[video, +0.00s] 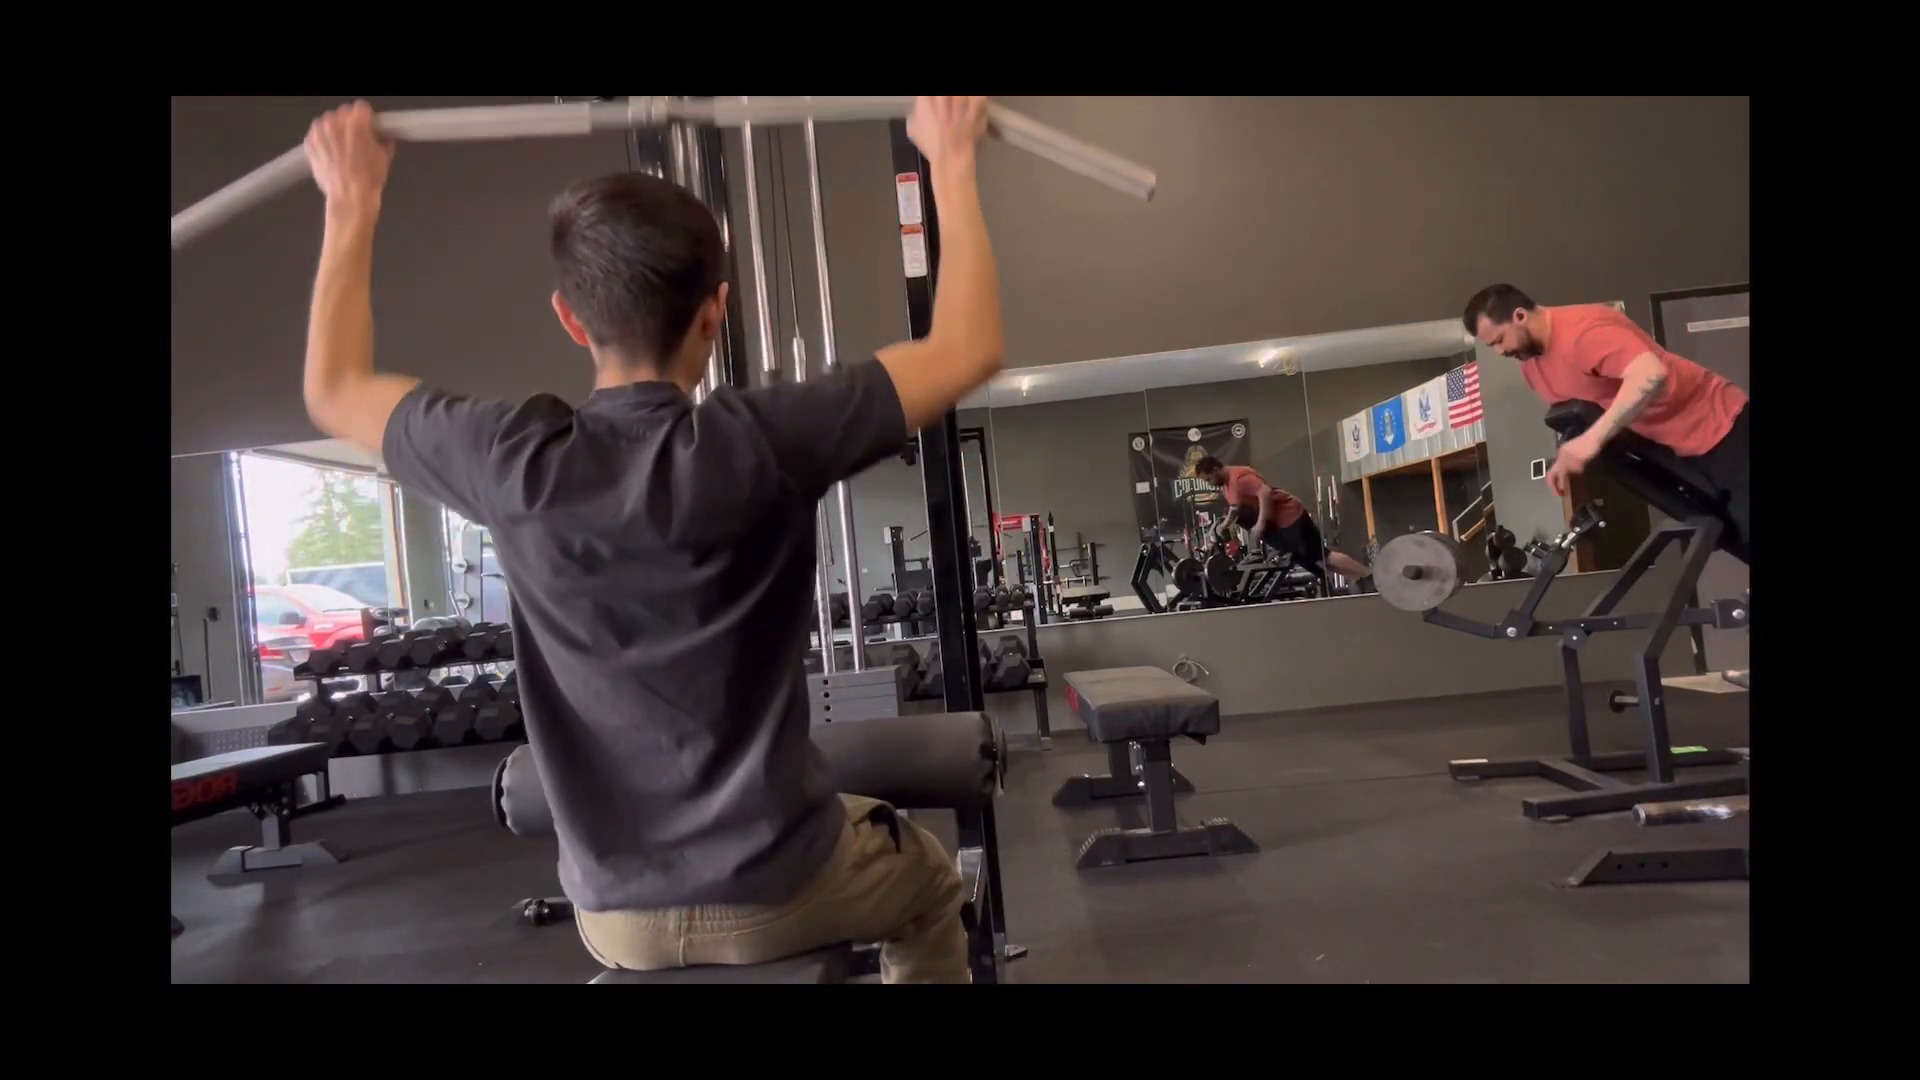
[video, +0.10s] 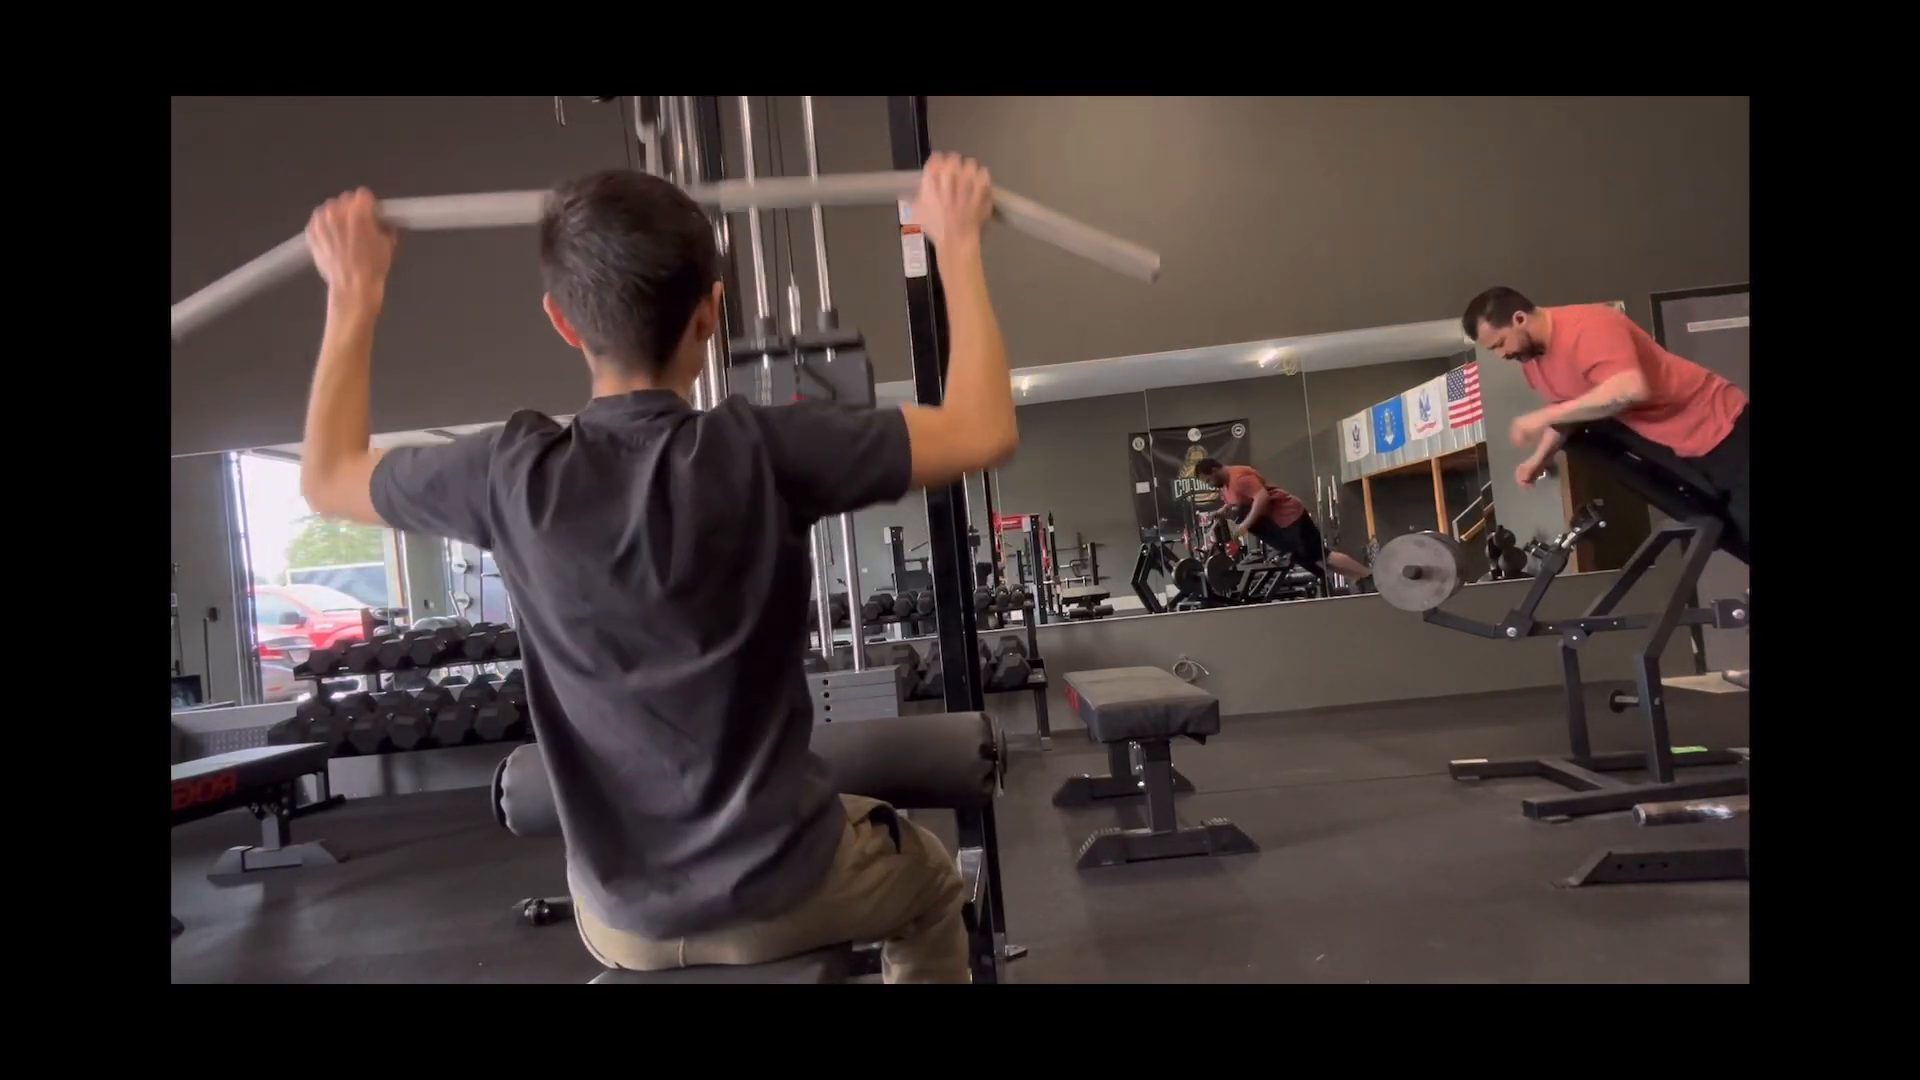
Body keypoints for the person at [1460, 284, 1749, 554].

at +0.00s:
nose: (1500, 352)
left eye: (1498, 341)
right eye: (1493, 347)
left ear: (1520, 316)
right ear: (1519, 320)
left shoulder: (1588, 331)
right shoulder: (1532, 367)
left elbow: (1650, 374)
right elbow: (1574, 416)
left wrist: (1590, 440)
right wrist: (1566, 458)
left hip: (1720, 425)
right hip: (1670, 448)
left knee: (1744, 530)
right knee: (1723, 535)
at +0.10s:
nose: (1501, 356)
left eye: (1499, 345)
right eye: (1494, 350)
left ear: (1520, 319)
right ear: (1520, 322)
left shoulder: (1591, 326)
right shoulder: (1533, 364)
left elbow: (1630, 387)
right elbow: (1570, 410)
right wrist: (1541, 457)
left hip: (1720, 425)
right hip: (1673, 449)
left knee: (1744, 529)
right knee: (1725, 534)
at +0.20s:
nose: (1500, 359)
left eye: (1499, 350)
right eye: (1494, 355)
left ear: (1518, 324)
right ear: (1517, 325)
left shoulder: (1586, 323)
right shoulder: (1534, 362)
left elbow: (1586, 398)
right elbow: (1561, 416)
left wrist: (1507, 386)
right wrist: (1534, 457)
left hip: (1716, 423)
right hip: (1674, 447)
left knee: (1744, 527)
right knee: (1726, 534)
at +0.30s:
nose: (1501, 363)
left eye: (1498, 355)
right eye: (1495, 358)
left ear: (1512, 332)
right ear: (1512, 328)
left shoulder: (1575, 323)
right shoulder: (1545, 348)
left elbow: (1544, 394)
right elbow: (1560, 413)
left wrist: (1490, 364)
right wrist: (1544, 464)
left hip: (1715, 422)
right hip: (1686, 442)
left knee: (1745, 520)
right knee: (1734, 528)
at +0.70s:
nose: (1499, 367)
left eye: (1496, 359)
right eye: (1493, 363)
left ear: (1508, 333)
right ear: (1508, 332)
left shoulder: (1567, 322)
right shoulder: (1536, 363)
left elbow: (1515, 386)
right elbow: (1569, 426)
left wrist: (1473, 364)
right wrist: (1585, 489)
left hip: (1709, 421)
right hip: (1674, 446)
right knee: (1729, 531)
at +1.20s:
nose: (1500, 360)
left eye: (1497, 350)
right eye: (1493, 355)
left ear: (1511, 322)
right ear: (1510, 323)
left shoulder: (1568, 321)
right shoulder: (1543, 349)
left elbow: (1537, 391)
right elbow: (1572, 420)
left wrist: (1485, 364)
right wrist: (1573, 481)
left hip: (1707, 419)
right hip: (1678, 441)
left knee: (1745, 520)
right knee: (1731, 528)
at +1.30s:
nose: (1500, 357)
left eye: (1496, 346)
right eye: (1491, 353)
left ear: (1512, 318)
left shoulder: (1573, 323)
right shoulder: (1534, 361)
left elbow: (1570, 398)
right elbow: (1567, 421)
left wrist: (1494, 391)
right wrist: (1569, 479)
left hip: (1706, 418)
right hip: (1669, 445)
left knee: (1745, 518)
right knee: (1727, 531)